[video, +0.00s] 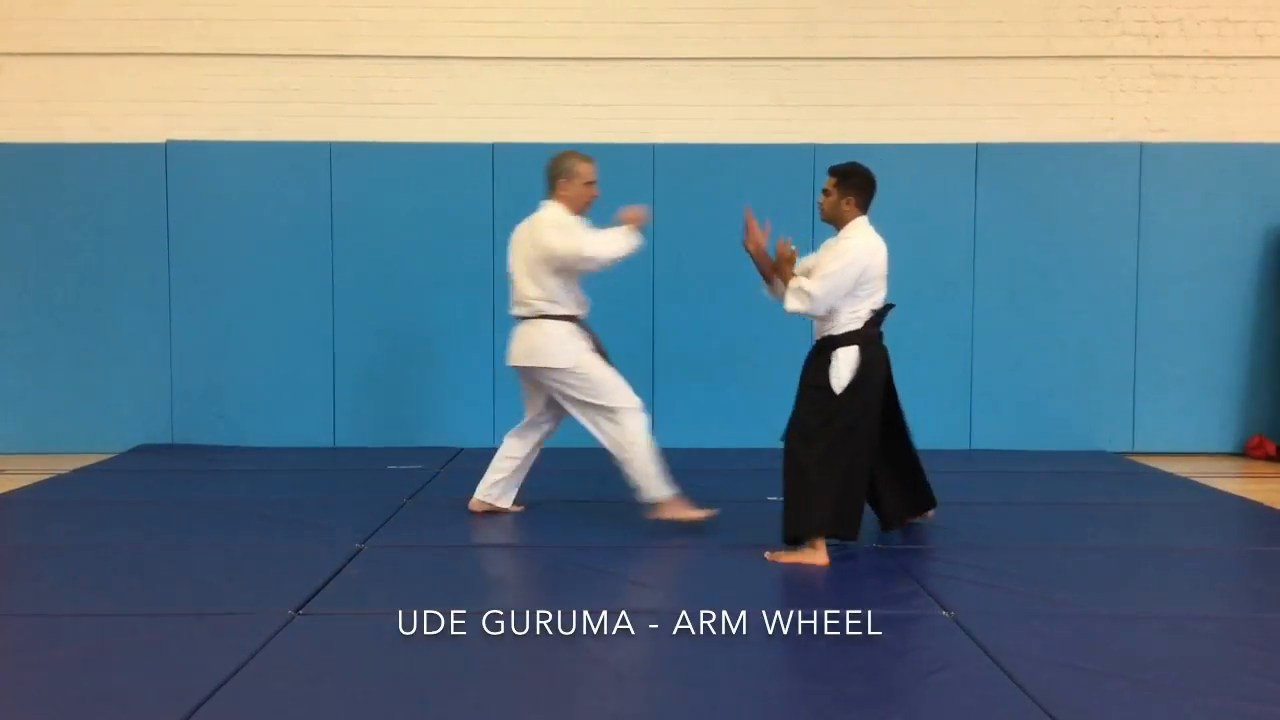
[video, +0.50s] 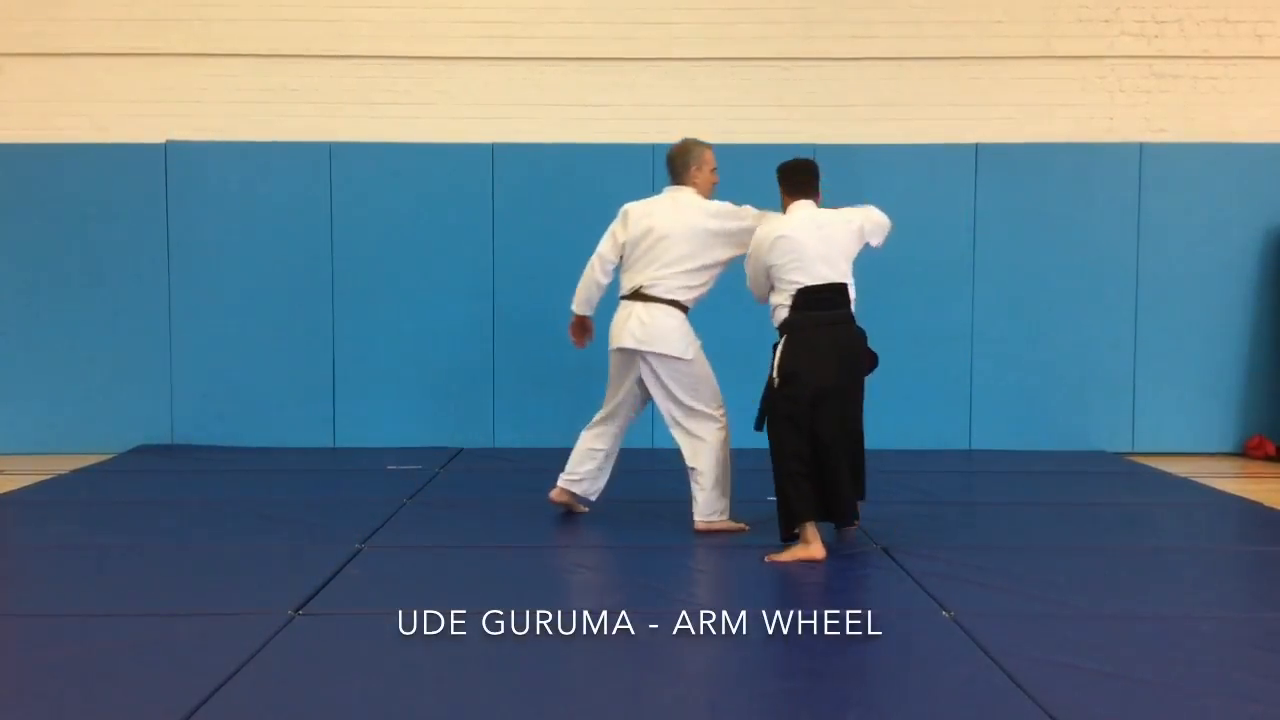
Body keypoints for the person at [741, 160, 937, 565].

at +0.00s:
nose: (820, 198)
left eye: (827, 193)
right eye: (823, 192)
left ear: (848, 200)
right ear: (851, 202)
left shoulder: (856, 245)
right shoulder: (849, 240)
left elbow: (818, 300)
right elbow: (794, 287)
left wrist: (787, 270)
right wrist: (761, 259)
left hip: (842, 355)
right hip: (858, 351)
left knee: (806, 443)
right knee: (872, 433)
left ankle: (813, 545)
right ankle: (911, 503)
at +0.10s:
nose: (808, 192)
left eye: (815, 186)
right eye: (811, 185)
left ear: (834, 192)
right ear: (841, 193)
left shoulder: (843, 239)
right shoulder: (842, 229)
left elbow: (794, 294)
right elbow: (782, 240)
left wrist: (776, 265)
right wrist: (753, 204)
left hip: (831, 350)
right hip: (852, 344)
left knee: (804, 443)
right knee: (866, 436)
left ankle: (813, 544)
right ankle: (903, 512)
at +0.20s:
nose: (799, 188)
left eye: (804, 180)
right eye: (800, 180)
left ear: (819, 184)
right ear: (840, 185)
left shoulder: (818, 234)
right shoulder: (856, 219)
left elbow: (776, 292)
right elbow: (802, 213)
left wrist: (767, 268)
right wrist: (773, 180)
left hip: (821, 346)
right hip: (854, 339)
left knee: (804, 440)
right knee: (860, 433)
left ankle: (814, 544)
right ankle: (882, 518)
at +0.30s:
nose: (791, 187)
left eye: (793, 180)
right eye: (792, 178)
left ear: (803, 183)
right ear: (831, 180)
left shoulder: (794, 232)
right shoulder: (858, 213)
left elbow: (757, 285)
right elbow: (827, 197)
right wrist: (797, 175)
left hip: (813, 341)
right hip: (853, 336)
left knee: (801, 438)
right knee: (850, 430)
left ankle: (812, 542)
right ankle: (865, 511)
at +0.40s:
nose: (784, 188)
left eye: (785, 182)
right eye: (788, 181)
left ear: (789, 185)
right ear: (825, 184)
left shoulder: (779, 231)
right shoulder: (852, 218)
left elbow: (755, 285)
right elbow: (873, 210)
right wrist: (847, 189)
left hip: (805, 339)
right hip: (850, 335)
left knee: (796, 436)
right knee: (848, 429)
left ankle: (811, 540)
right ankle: (858, 513)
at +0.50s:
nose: (783, 197)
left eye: (780, 192)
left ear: (781, 193)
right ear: (818, 193)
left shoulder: (768, 233)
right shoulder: (846, 221)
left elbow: (759, 291)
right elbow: (881, 222)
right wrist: (848, 212)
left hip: (799, 340)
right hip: (844, 337)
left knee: (789, 433)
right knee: (842, 427)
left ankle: (809, 538)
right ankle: (847, 515)